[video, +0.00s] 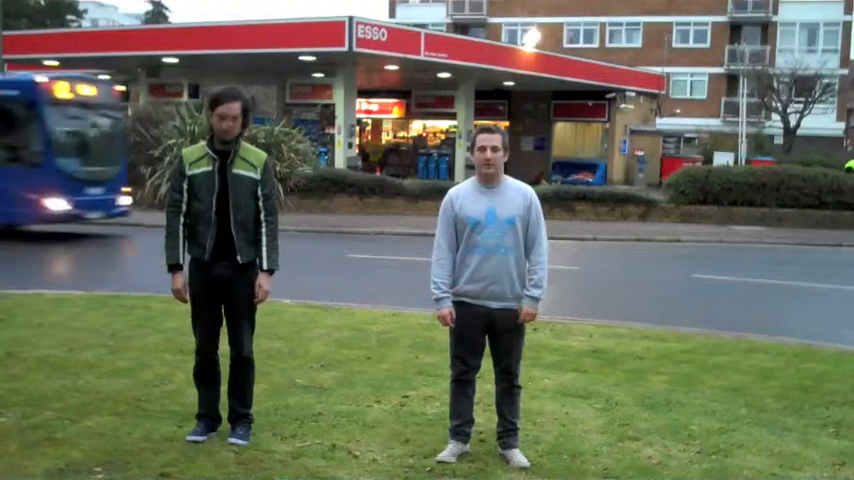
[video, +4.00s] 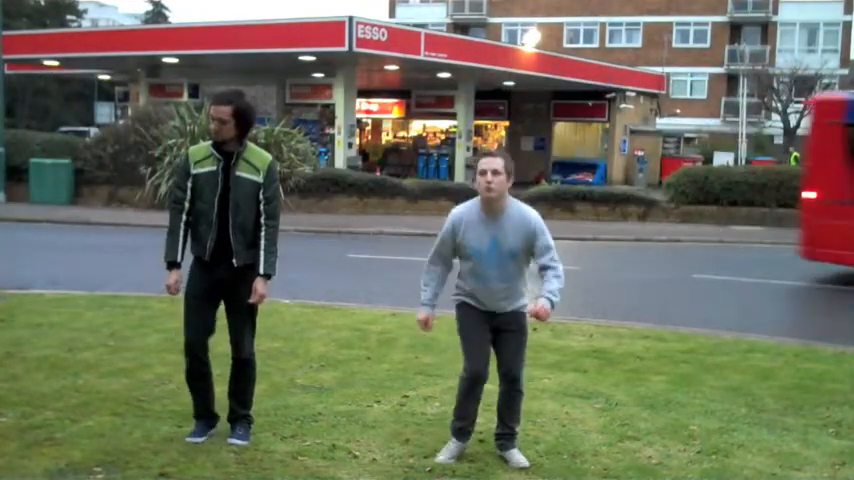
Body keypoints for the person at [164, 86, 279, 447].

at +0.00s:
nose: (227, 124)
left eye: (234, 119)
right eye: (221, 118)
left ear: (244, 122)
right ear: (210, 118)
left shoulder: (260, 163)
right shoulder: (188, 160)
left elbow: (269, 219)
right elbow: (174, 216)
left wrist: (266, 270)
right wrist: (176, 269)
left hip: (243, 269)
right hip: (202, 268)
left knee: (242, 350)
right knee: (205, 349)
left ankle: (241, 421)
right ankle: (207, 419)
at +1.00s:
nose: (232, 121)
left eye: (237, 115)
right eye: (225, 114)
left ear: (244, 119)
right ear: (210, 117)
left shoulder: (258, 162)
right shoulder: (187, 159)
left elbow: (268, 218)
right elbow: (175, 216)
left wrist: (267, 270)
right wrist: (177, 269)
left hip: (243, 269)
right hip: (202, 268)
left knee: (242, 351)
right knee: (205, 349)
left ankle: (241, 421)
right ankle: (207, 419)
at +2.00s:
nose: (224, 124)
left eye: (231, 119)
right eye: (218, 118)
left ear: (241, 121)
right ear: (208, 118)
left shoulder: (257, 162)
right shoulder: (187, 159)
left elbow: (267, 219)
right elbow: (175, 216)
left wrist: (264, 270)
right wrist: (176, 269)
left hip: (241, 269)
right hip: (200, 268)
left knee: (241, 350)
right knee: (204, 348)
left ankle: (241, 421)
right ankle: (206, 419)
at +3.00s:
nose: (220, 126)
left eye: (227, 121)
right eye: (215, 119)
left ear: (239, 123)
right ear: (206, 119)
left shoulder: (257, 163)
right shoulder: (185, 160)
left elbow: (266, 220)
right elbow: (172, 216)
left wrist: (264, 271)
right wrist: (173, 269)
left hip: (241, 270)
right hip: (200, 269)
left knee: (240, 350)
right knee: (203, 349)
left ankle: (240, 421)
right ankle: (206, 419)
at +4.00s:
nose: (214, 126)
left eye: (221, 121)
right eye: (212, 120)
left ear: (241, 124)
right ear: (209, 120)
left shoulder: (263, 165)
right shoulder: (194, 159)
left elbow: (270, 223)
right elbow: (178, 212)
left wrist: (264, 275)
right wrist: (173, 265)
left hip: (243, 272)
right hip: (202, 269)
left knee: (242, 350)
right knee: (194, 345)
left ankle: (241, 421)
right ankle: (204, 419)